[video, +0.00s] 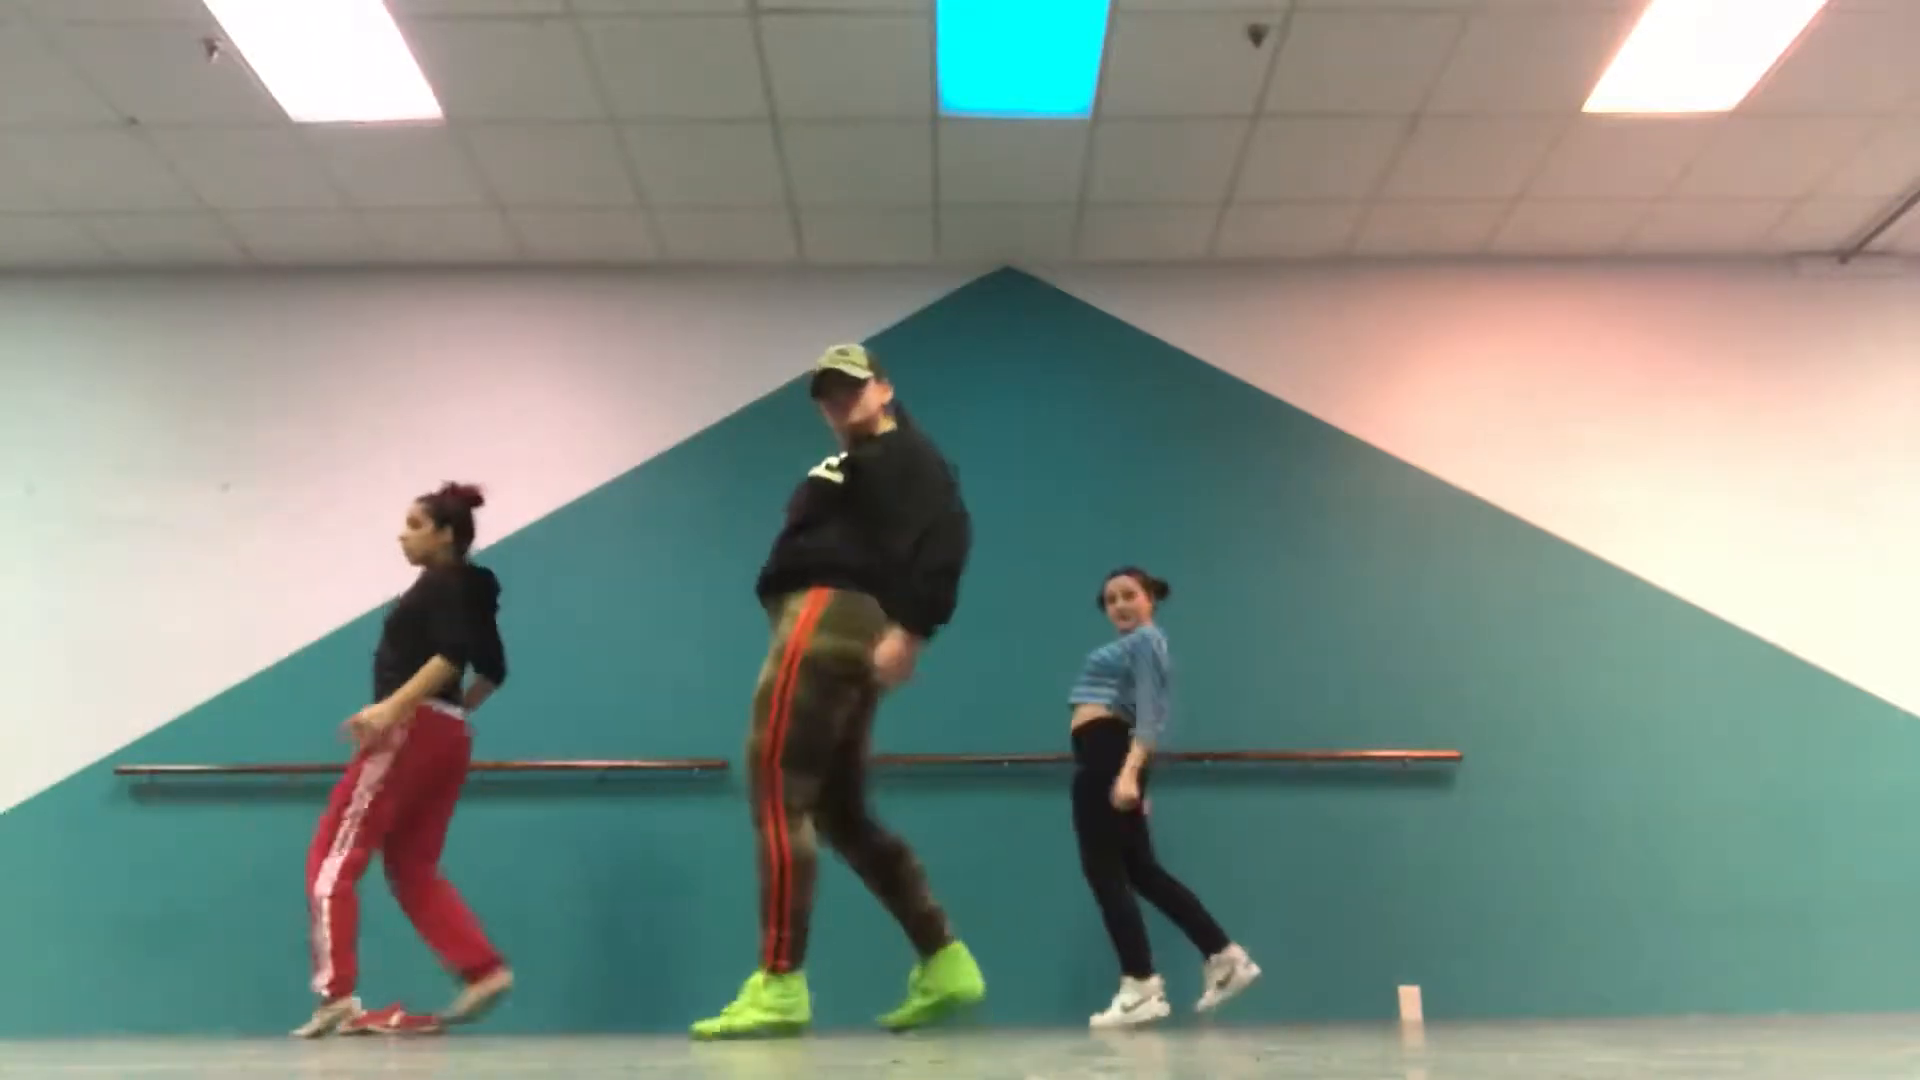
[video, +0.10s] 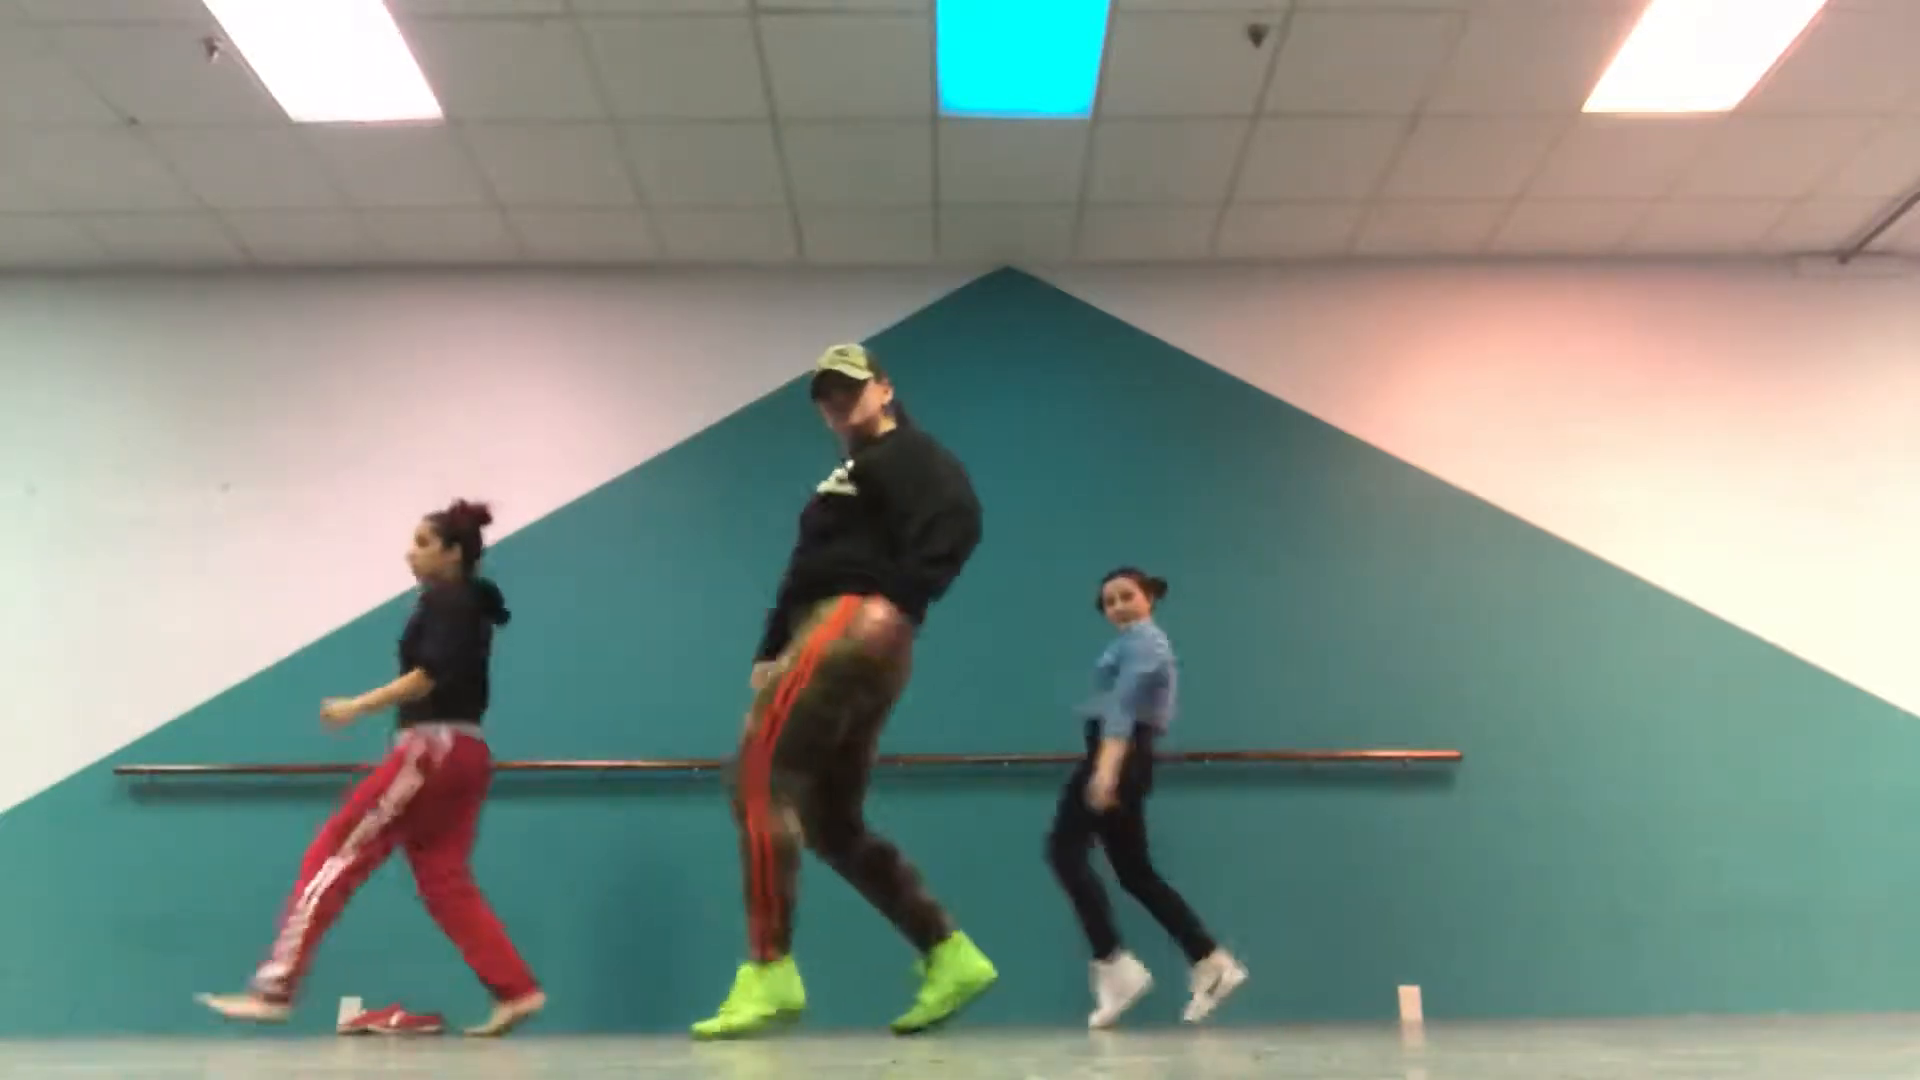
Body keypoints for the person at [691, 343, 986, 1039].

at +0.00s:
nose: (837, 404)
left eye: (849, 390)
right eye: (827, 396)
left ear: (883, 389)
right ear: (824, 408)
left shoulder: (902, 451)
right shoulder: (849, 459)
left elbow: (944, 532)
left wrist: (910, 625)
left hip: (830, 607)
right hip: (844, 613)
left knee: (779, 786)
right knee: (841, 809)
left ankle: (779, 981)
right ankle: (943, 961)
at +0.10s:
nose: (836, 406)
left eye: (848, 391)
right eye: (825, 397)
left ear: (882, 391)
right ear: (821, 410)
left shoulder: (908, 450)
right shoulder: (843, 474)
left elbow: (954, 518)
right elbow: (805, 572)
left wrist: (899, 603)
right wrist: (771, 652)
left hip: (852, 623)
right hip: (844, 631)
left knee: (760, 779)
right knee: (831, 822)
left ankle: (768, 970)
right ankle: (949, 956)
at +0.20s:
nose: (833, 419)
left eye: (847, 405)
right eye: (823, 410)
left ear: (881, 407)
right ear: (817, 422)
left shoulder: (924, 479)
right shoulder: (835, 500)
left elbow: (923, 562)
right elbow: (804, 598)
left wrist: (831, 573)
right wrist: (755, 679)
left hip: (903, 664)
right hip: (862, 667)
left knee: (751, 746)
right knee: (860, 846)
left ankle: (744, 937)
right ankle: (969, 976)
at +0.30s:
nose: (836, 416)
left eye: (849, 403)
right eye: (826, 407)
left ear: (880, 409)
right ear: (816, 419)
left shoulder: (910, 482)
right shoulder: (829, 504)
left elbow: (854, 550)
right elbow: (799, 606)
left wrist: (771, 510)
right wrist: (759, 695)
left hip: (916, 663)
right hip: (863, 669)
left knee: (769, 742)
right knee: (864, 852)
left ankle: (787, 929)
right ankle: (973, 982)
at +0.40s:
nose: (841, 390)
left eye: (854, 376)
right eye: (829, 379)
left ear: (883, 380)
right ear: (819, 390)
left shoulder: (896, 441)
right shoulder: (822, 463)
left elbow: (811, 474)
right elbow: (802, 573)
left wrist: (729, 440)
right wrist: (786, 671)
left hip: (892, 628)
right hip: (837, 636)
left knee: (804, 764)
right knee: (855, 820)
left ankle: (893, 930)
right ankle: (960, 965)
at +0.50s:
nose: (828, 375)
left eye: (842, 363)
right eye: (820, 365)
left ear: (874, 365)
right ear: (816, 370)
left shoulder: (877, 408)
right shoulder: (814, 420)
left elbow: (774, 422)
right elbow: (747, 432)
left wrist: (668, 418)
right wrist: (676, 420)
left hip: (869, 616)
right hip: (809, 626)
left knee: (852, 792)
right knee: (778, 806)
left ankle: (956, 956)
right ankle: (898, 929)